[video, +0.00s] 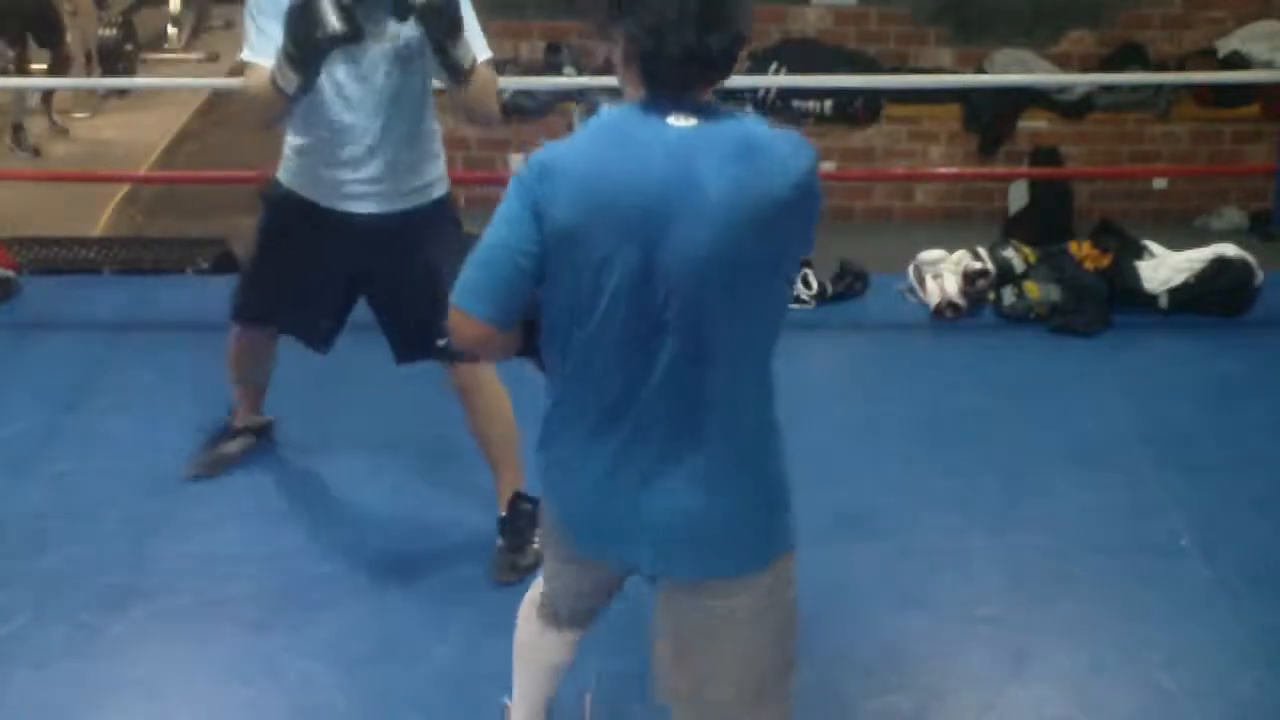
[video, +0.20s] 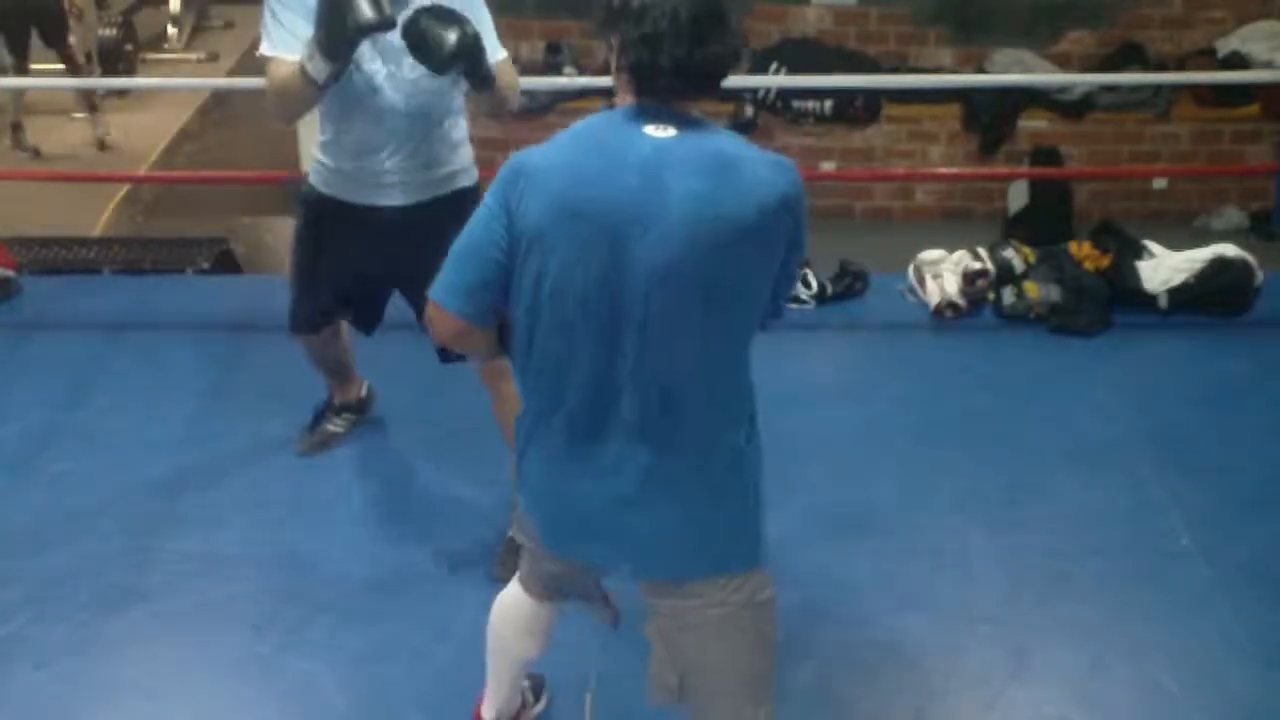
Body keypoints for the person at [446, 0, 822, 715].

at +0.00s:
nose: (605, 52)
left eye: (611, 37)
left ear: (623, 53)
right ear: (732, 54)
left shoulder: (556, 172)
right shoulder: (785, 170)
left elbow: (473, 330)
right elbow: (769, 283)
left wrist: (554, 330)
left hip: (589, 491)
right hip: (726, 507)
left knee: (556, 612)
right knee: (731, 704)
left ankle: (524, 710)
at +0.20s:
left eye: (612, 46)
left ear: (619, 63)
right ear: (724, 70)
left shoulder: (535, 173)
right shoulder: (770, 186)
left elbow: (450, 322)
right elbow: (760, 310)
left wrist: (533, 334)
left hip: (561, 488)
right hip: (700, 511)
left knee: (534, 589)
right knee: (729, 707)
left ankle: (498, 706)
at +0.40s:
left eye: (603, 36)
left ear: (612, 58)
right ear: (713, 68)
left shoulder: (530, 156)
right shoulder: (752, 185)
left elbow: (438, 293)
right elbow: (749, 310)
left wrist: (500, 310)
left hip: (530, 473)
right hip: (658, 499)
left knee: (521, 589)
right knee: (730, 702)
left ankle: (499, 706)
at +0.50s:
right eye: (747, 70)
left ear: (635, 67)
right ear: (738, 85)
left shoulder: (543, 159)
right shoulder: (762, 196)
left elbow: (444, 294)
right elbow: (759, 329)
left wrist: (504, 323)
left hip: (531, 478)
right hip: (659, 511)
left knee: (520, 597)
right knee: (726, 705)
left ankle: (497, 705)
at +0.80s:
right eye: (760, 77)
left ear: (645, 72)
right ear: (750, 92)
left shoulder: (556, 164)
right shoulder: (771, 210)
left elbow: (440, 277)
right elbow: (787, 333)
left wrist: (539, 303)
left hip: (538, 492)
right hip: (668, 525)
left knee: (544, 562)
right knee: (711, 705)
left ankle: (493, 684)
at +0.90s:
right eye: (732, 68)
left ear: (622, 60)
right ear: (719, 77)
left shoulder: (536, 148)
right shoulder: (737, 186)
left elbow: (421, 189)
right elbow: (773, 313)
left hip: (527, 480)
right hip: (653, 519)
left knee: (533, 543)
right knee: (693, 703)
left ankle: (493, 660)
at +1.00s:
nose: (703, 60)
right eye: (697, 48)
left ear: (590, 43)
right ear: (681, 62)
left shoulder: (519, 112)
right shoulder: (678, 165)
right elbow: (737, 287)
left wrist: (504, 15)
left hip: (485, 440)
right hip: (601, 479)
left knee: (518, 533)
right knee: (662, 697)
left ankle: (496, 656)